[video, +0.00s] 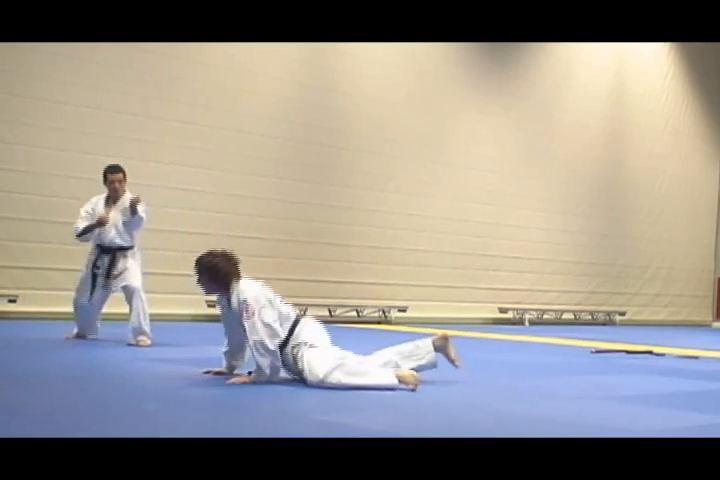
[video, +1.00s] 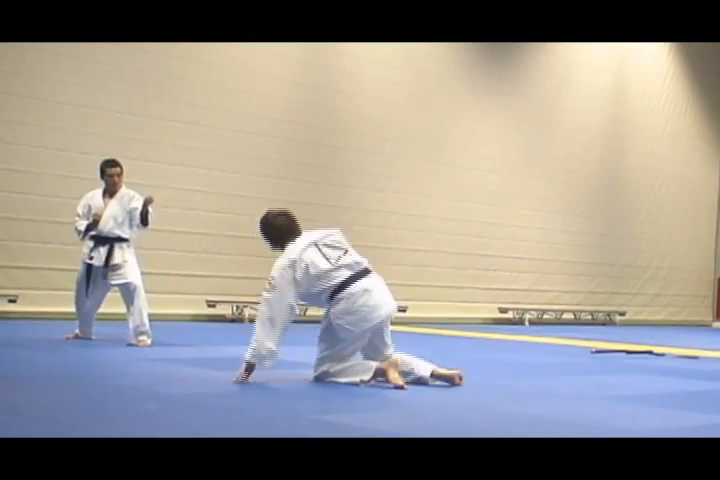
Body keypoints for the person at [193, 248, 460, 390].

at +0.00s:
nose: (198, 283)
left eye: (201, 278)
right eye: (198, 278)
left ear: (215, 278)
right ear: (220, 274)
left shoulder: (247, 295)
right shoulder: (227, 297)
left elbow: (262, 339)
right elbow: (234, 336)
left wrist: (258, 375)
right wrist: (230, 366)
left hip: (304, 336)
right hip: (294, 350)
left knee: (318, 375)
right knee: (363, 366)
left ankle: (393, 377)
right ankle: (433, 347)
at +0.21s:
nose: (212, 271)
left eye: (213, 265)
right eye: (210, 266)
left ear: (226, 263)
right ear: (235, 258)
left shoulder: (257, 278)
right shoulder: (247, 282)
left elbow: (262, 327)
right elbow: (240, 327)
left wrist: (256, 373)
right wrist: (230, 367)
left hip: (321, 314)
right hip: (318, 321)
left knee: (317, 371)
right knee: (372, 366)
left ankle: (386, 372)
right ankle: (440, 353)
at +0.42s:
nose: (231, 276)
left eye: (230, 272)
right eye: (229, 272)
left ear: (239, 270)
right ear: (252, 261)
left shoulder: (275, 278)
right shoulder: (265, 280)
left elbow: (273, 329)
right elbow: (250, 324)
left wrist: (260, 373)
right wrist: (233, 364)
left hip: (345, 302)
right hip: (350, 300)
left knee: (318, 370)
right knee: (374, 365)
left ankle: (387, 369)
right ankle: (440, 360)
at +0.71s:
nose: (261, 280)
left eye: (259, 274)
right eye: (258, 275)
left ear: (268, 271)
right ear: (282, 258)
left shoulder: (297, 278)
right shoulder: (302, 270)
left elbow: (288, 331)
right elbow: (283, 320)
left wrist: (264, 375)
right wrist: (259, 347)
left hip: (366, 308)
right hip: (383, 302)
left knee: (329, 369)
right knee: (375, 368)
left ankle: (380, 370)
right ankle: (438, 366)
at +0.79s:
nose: (264, 272)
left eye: (263, 267)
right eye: (262, 267)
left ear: (270, 265)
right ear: (286, 250)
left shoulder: (297, 276)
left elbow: (286, 328)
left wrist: (264, 374)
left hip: (366, 309)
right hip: (385, 300)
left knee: (328, 369)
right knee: (378, 367)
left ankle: (381, 371)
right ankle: (438, 367)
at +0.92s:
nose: (264, 254)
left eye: (263, 249)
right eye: (263, 248)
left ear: (272, 250)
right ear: (289, 236)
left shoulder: (290, 272)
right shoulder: (320, 244)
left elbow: (279, 324)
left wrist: (257, 366)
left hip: (361, 306)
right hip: (383, 296)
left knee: (326, 370)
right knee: (378, 363)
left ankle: (379, 371)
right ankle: (436, 374)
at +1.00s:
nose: (267, 243)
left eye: (266, 238)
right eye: (266, 237)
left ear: (273, 239)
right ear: (293, 226)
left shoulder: (286, 264)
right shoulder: (325, 236)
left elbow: (272, 316)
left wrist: (251, 360)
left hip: (353, 304)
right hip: (379, 292)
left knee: (326, 370)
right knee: (381, 359)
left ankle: (379, 371)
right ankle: (437, 374)